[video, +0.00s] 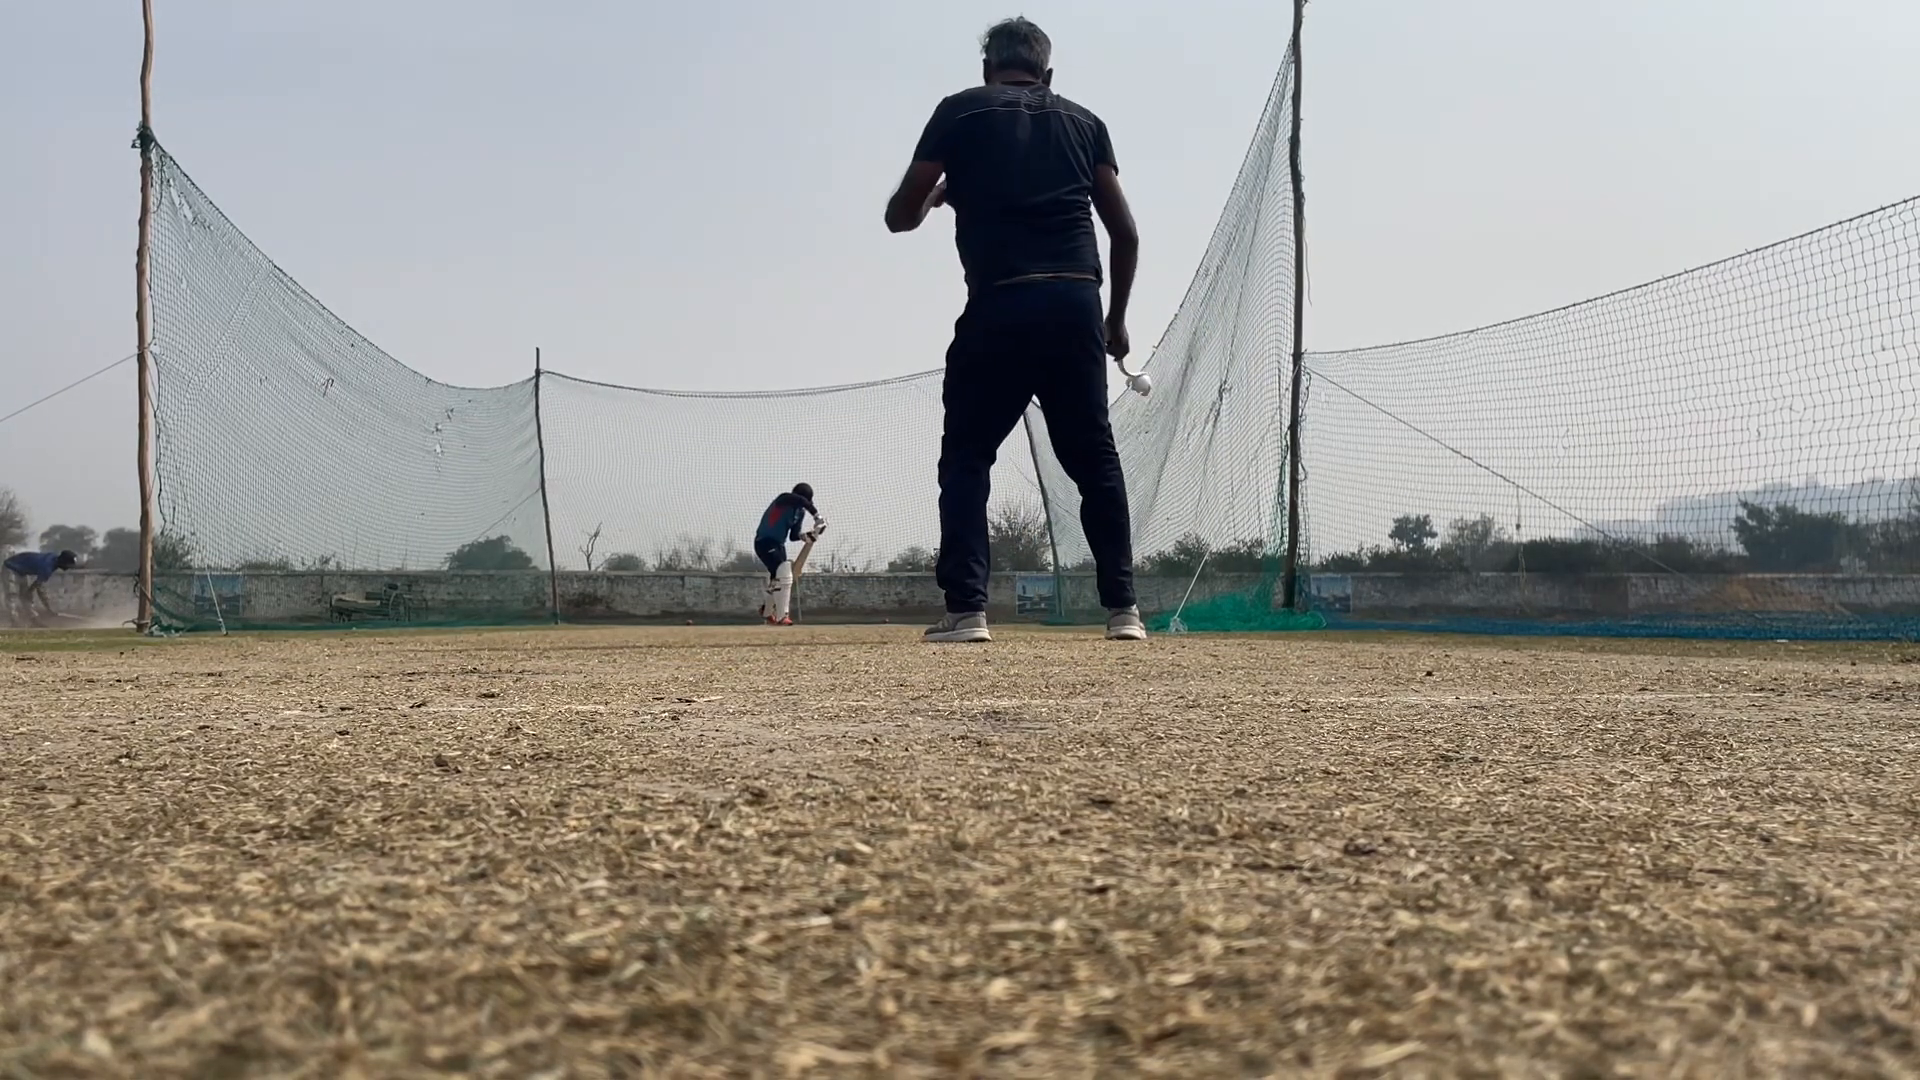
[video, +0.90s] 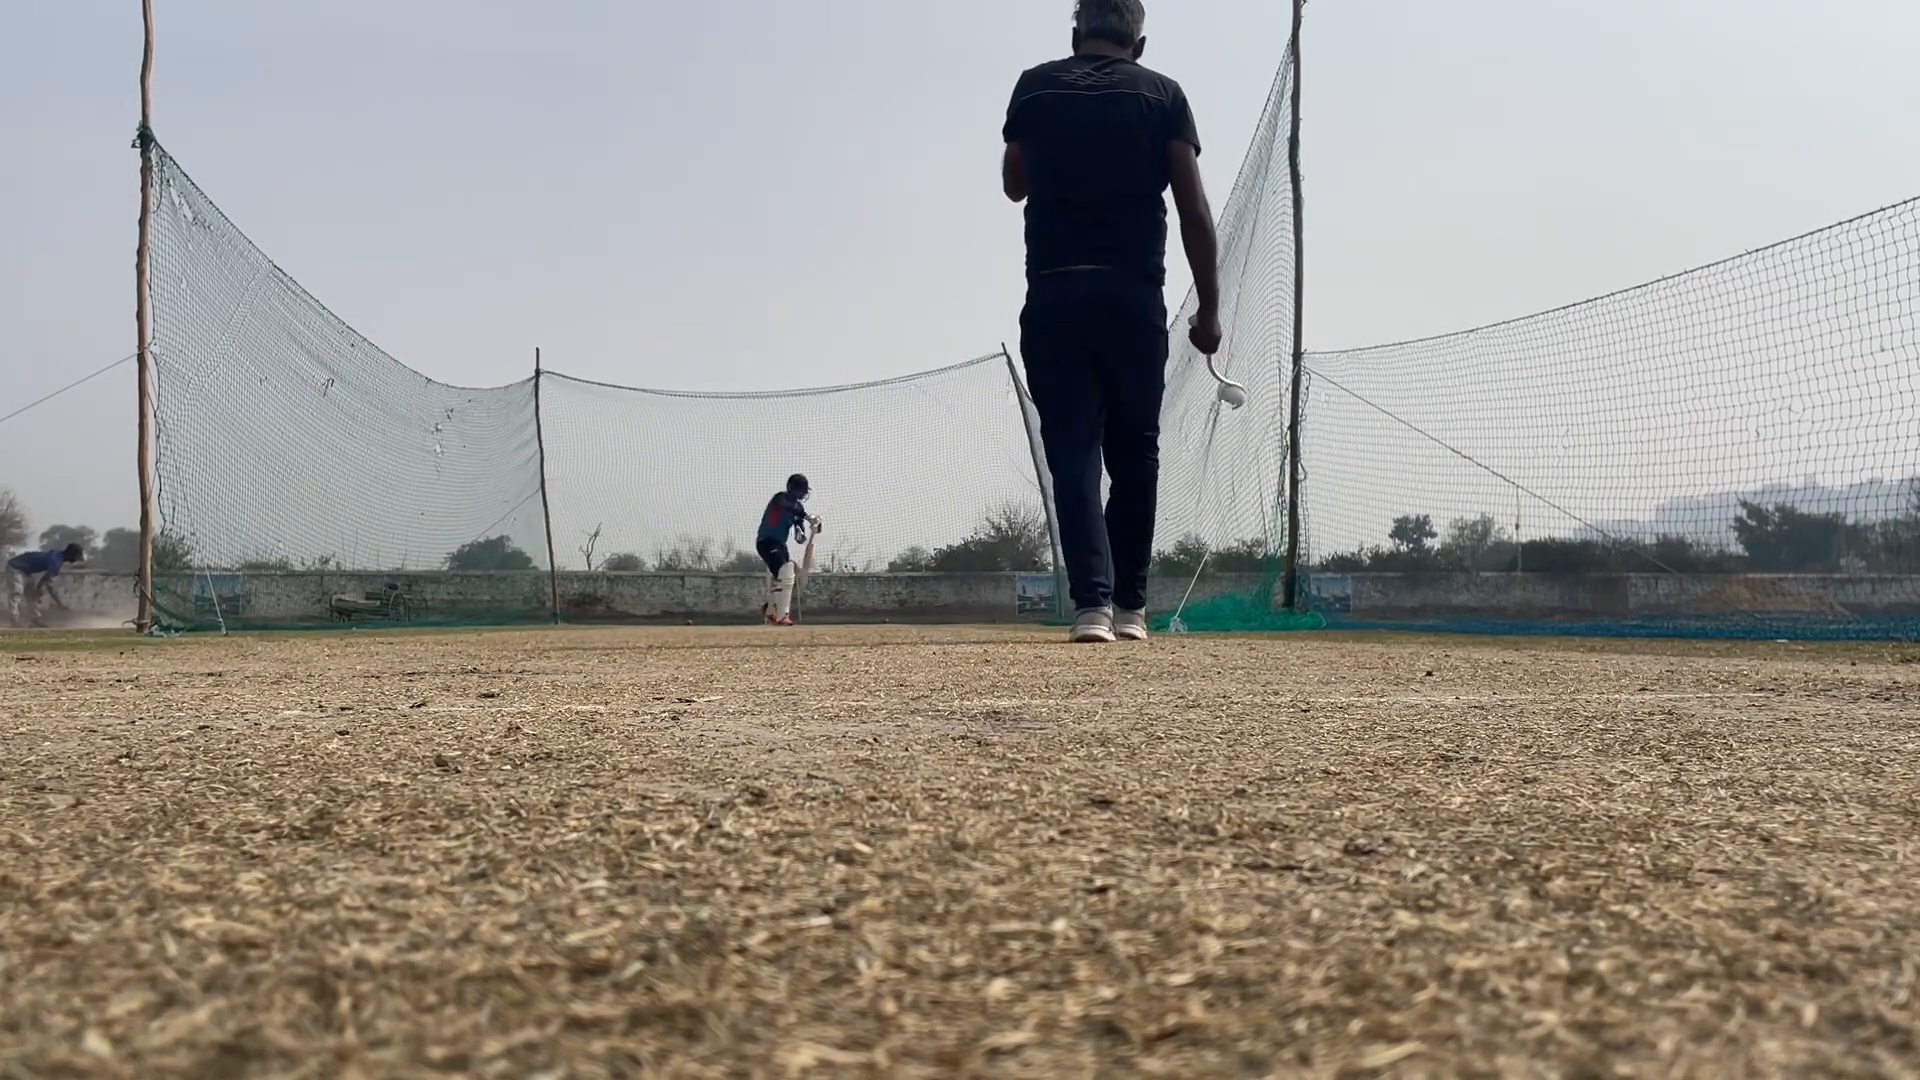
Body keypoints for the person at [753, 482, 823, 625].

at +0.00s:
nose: (807, 503)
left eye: (808, 501)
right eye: (806, 499)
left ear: (803, 501)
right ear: (802, 497)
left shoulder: (800, 512)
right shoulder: (784, 498)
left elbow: (793, 536)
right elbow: (803, 501)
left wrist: (805, 535)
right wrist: (817, 516)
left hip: (778, 544)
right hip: (765, 541)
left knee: (777, 578)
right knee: (784, 574)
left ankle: (768, 613)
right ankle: (781, 616)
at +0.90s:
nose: (804, 494)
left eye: (805, 491)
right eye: (802, 490)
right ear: (794, 488)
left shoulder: (797, 506)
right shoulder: (780, 497)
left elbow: (798, 521)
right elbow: (786, 505)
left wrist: (800, 533)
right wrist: (807, 517)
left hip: (779, 544)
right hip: (767, 541)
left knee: (781, 576)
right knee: (787, 573)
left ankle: (771, 612)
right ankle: (782, 615)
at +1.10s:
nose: (799, 485)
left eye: (800, 482)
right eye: (797, 481)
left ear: (797, 483)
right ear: (786, 480)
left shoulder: (795, 502)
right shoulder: (773, 498)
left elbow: (795, 527)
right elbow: (764, 521)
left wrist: (803, 546)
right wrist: (764, 541)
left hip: (787, 543)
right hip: (773, 543)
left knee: (786, 578)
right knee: (788, 576)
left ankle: (773, 607)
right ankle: (783, 615)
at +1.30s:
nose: (793, 482)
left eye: (794, 479)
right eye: (790, 478)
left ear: (793, 479)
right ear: (780, 477)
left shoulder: (790, 498)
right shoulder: (766, 496)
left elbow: (790, 520)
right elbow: (756, 519)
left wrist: (801, 537)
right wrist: (757, 540)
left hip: (787, 540)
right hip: (772, 539)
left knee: (795, 576)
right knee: (786, 573)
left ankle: (774, 606)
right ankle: (783, 615)